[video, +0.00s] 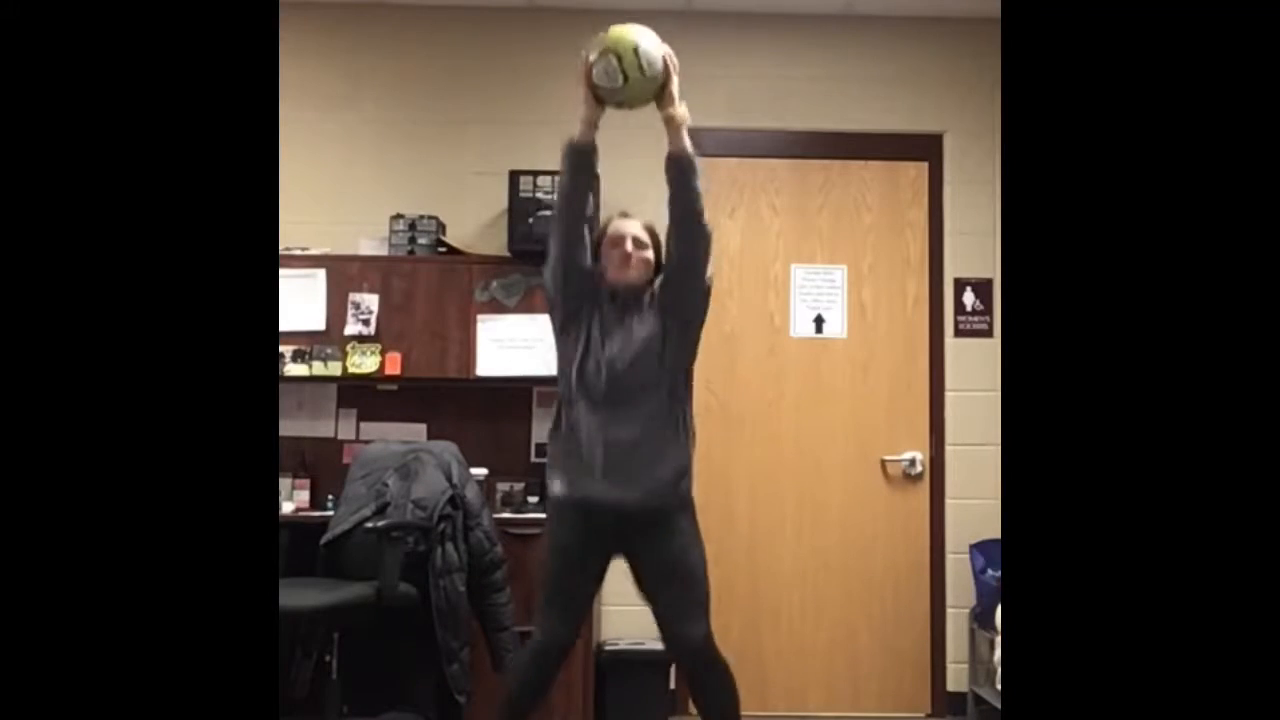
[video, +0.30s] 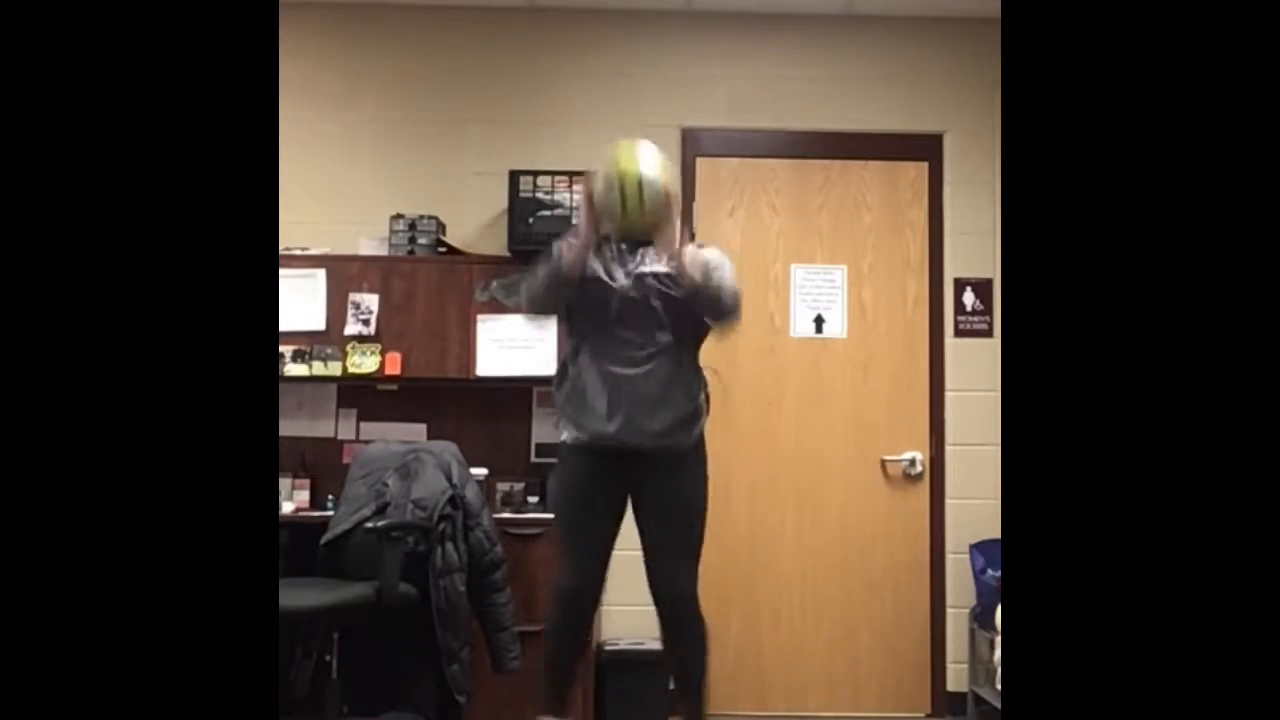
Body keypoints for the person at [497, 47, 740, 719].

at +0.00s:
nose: (630, 248)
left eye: (641, 242)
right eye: (618, 241)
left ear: (657, 262)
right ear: (596, 260)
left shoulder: (675, 317)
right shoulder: (577, 314)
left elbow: (691, 232)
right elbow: (570, 222)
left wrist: (675, 122)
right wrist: (588, 118)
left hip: (659, 507)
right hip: (580, 506)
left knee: (693, 646)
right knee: (549, 644)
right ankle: (505, 713)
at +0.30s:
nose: (633, 201)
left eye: (645, 191)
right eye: (621, 191)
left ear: (667, 198)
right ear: (601, 199)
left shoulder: (694, 259)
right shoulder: (576, 256)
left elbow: (725, 308)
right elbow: (534, 299)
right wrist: (581, 241)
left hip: (671, 450)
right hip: (591, 447)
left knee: (676, 591)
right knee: (575, 587)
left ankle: (691, 710)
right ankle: (553, 709)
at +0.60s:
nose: (639, 217)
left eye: (651, 209)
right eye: (628, 208)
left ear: (668, 225)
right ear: (609, 223)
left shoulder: (696, 301)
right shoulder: (574, 304)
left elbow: (728, 383)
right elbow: (546, 391)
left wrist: (677, 335)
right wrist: (588, 341)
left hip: (673, 493)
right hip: (593, 494)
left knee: (661, 635)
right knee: (595, 631)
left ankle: (660, 717)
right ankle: (599, 716)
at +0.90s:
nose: (638, 220)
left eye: (649, 213)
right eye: (628, 213)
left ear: (665, 231)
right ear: (610, 230)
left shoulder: (680, 290)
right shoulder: (586, 284)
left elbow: (708, 240)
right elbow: (571, 199)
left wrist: (687, 120)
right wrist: (597, 99)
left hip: (659, 470)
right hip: (584, 467)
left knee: (696, 623)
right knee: (557, 619)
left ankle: (729, 713)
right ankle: (521, 711)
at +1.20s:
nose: (625, 251)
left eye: (637, 241)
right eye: (613, 241)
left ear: (660, 257)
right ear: (595, 255)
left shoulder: (671, 319)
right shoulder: (580, 307)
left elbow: (690, 244)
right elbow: (555, 232)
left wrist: (671, 144)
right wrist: (586, 140)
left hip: (661, 496)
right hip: (584, 494)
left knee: (694, 642)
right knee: (537, 639)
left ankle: (722, 718)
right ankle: (474, 713)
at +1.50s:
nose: (632, 226)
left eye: (644, 219)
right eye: (621, 217)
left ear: (659, 239)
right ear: (602, 233)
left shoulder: (685, 315)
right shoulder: (562, 313)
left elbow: (694, 414)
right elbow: (544, 404)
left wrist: (656, 357)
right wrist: (584, 353)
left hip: (659, 493)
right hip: (580, 493)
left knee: (650, 628)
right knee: (584, 626)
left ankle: (647, 715)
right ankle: (594, 714)